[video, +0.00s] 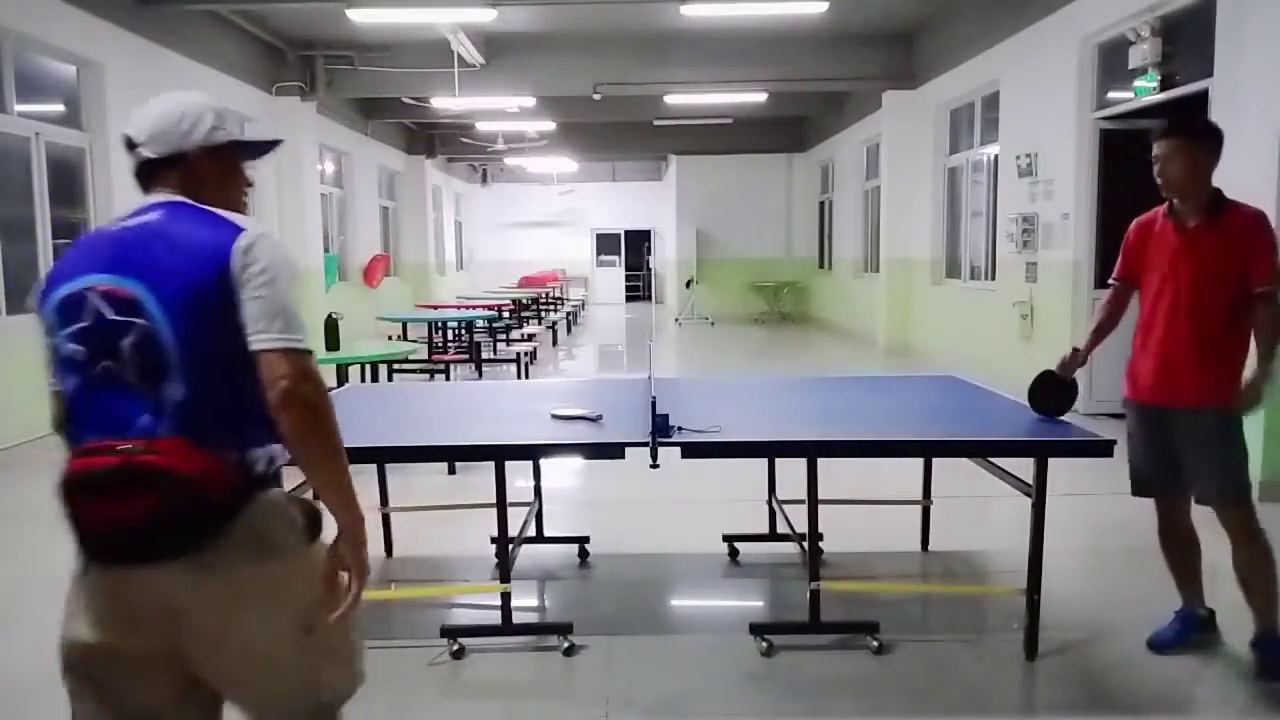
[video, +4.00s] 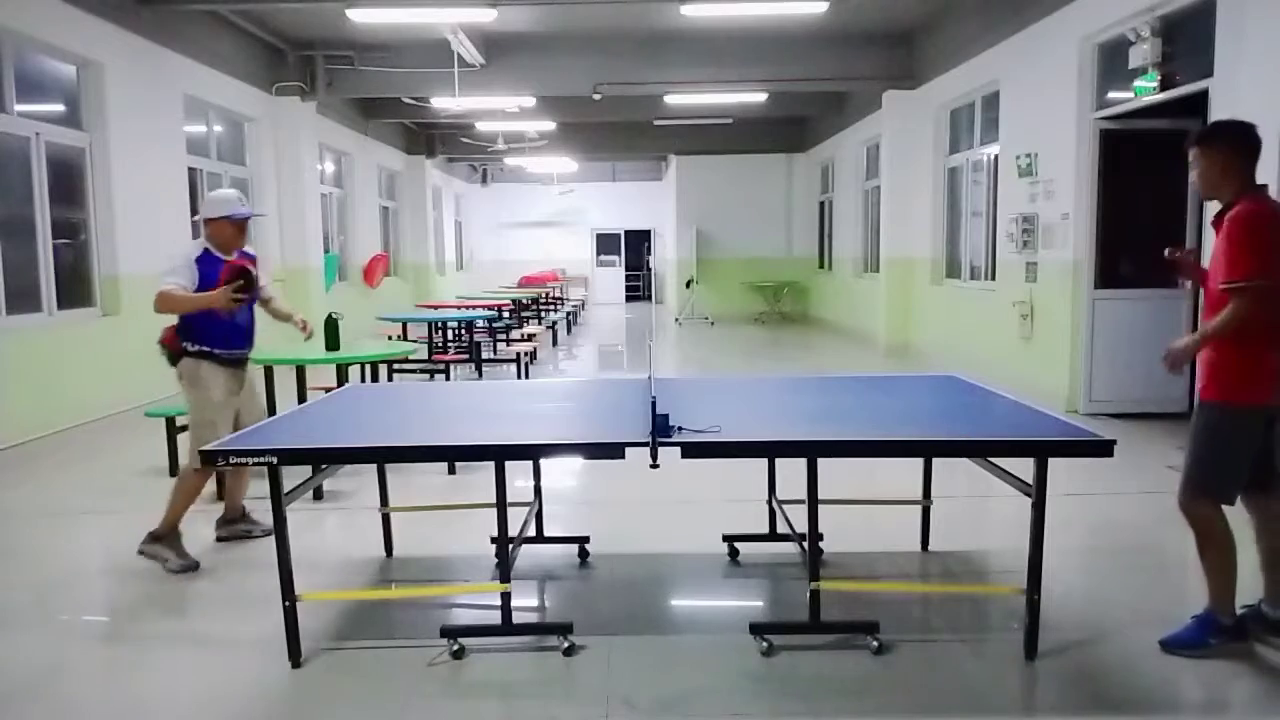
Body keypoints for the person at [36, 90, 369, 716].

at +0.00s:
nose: (248, 177)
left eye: (245, 160)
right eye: (236, 160)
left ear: (157, 169)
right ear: (194, 163)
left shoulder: (69, 264)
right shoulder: (241, 244)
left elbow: (69, 417)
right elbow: (289, 387)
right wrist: (350, 521)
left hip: (113, 547)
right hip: (235, 539)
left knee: (122, 708)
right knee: (306, 703)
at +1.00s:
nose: (456, 260)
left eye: (457, 252)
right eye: (456, 252)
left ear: (400, 236)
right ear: (444, 245)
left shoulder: (338, 272)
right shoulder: (459, 294)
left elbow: (286, 363)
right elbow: (520, 363)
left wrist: (285, 444)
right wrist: (557, 395)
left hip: (325, 454)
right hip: (410, 459)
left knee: (292, 574)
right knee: (449, 563)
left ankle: (284, 697)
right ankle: (453, 684)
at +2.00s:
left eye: (124, 200)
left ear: (111, 205)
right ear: (168, 203)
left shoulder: (87, 256)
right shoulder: (214, 258)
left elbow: (50, 352)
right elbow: (250, 343)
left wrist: (86, 350)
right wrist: (193, 343)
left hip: (141, 434)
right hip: (214, 428)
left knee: (170, 594)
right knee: (180, 569)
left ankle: (207, 713)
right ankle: (176, 681)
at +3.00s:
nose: (100, 208)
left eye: (97, 200)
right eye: (92, 201)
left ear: (51, 208)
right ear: (68, 207)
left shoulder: (12, 250)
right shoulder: (81, 251)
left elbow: (14, 318)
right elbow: (107, 317)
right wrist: (129, 309)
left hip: (14, 394)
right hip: (73, 392)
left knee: (36, 497)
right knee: (112, 484)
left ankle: (34, 608)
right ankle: (90, 589)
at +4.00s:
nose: (245, 231)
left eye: (246, 223)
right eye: (237, 224)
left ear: (242, 226)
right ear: (212, 225)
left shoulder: (246, 261)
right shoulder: (192, 258)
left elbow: (266, 300)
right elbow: (162, 301)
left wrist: (292, 317)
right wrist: (213, 299)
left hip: (238, 367)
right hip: (203, 366)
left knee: (248, 440)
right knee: (209, 453)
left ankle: (233, 517)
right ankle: (163, 534)